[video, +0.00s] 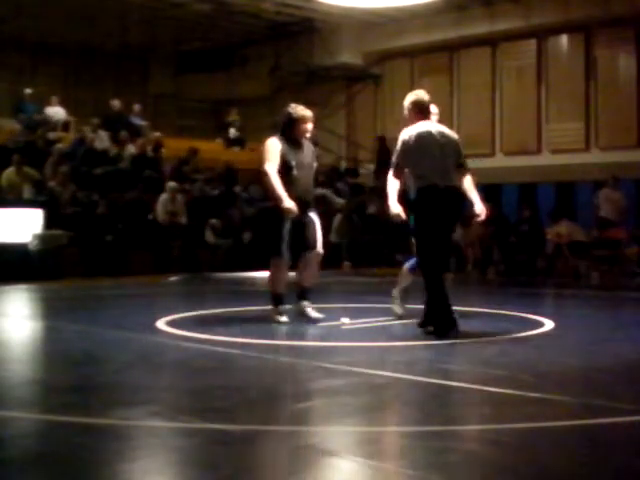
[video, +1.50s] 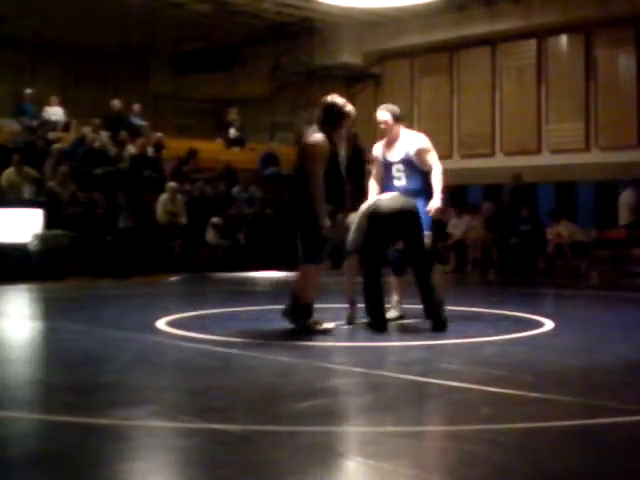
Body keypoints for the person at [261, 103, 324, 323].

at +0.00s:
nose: (309, 128)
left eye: (310, 124)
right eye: (305, 124)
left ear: (310, 126)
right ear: (292, 124)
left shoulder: (309, 147)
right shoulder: (275, 144)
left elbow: (308, 175)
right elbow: (270, 170)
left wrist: (310, 198)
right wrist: (284, 199)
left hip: (307, 206)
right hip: (284, 206)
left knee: (314, 251)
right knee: (281, 257)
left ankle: (303, 300)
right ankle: (278, 305)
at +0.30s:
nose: (325, 126)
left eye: (325, 121)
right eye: (321, 121)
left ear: (322, 124)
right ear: (307, 122)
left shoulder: (320, 150)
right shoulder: (290, 142)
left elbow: (320, 184)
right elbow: (286, 172)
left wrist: (331, 204)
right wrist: (298, 205)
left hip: (319, 210)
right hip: (295, 210)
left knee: (317, 260)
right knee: (289, 262)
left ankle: (316, 308)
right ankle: (281, 311)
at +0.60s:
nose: (334, 121)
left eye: (335, 116)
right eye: (330, 116)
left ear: (330, 120)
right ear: (317, 118)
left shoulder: (328, 146)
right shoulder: (302, 139)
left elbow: (334, 181)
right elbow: (296, 168)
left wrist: (343, 207)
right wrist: (309, 202)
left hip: (327, 208)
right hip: (310, 207)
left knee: (322, 257)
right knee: (311, 254)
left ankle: (316, 308)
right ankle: (294, 307)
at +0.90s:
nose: (338, 122)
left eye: (337, 117)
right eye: (335, 117)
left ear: (317, 119)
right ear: (323, 118)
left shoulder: (310, 141)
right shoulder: (317, 141)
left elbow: (310, 176)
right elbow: (319, 170)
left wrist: (326, 201)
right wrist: (330, 204)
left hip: (308, 207)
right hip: (314, 208)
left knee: (313, 262)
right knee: (313, 262)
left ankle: (313, 310)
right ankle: (311, 312)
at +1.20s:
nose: (341, 124)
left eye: (341, 119)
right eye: (339, 119)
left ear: (314, 117)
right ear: (330, 119)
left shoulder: (298, 143)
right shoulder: (323, 141)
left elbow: (295, 180)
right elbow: (331, 175)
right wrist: (342, 207)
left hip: (298, 207)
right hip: (317, 209)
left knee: (305, 260)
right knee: (310, 261)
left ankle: (292, 306)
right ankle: (301, 315)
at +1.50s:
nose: (347, 128)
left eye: (348, 123)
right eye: (346, 123)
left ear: (327, 118)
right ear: (335, 121)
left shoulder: (319, 141)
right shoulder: (318, 143)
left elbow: (319, 184)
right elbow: (316, 185)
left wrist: (334, 209)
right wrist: (323, 215)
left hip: (311, 209)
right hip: (311, 210)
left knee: (312, 261)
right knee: (314, 262)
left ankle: (297, 306)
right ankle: (303, 313)